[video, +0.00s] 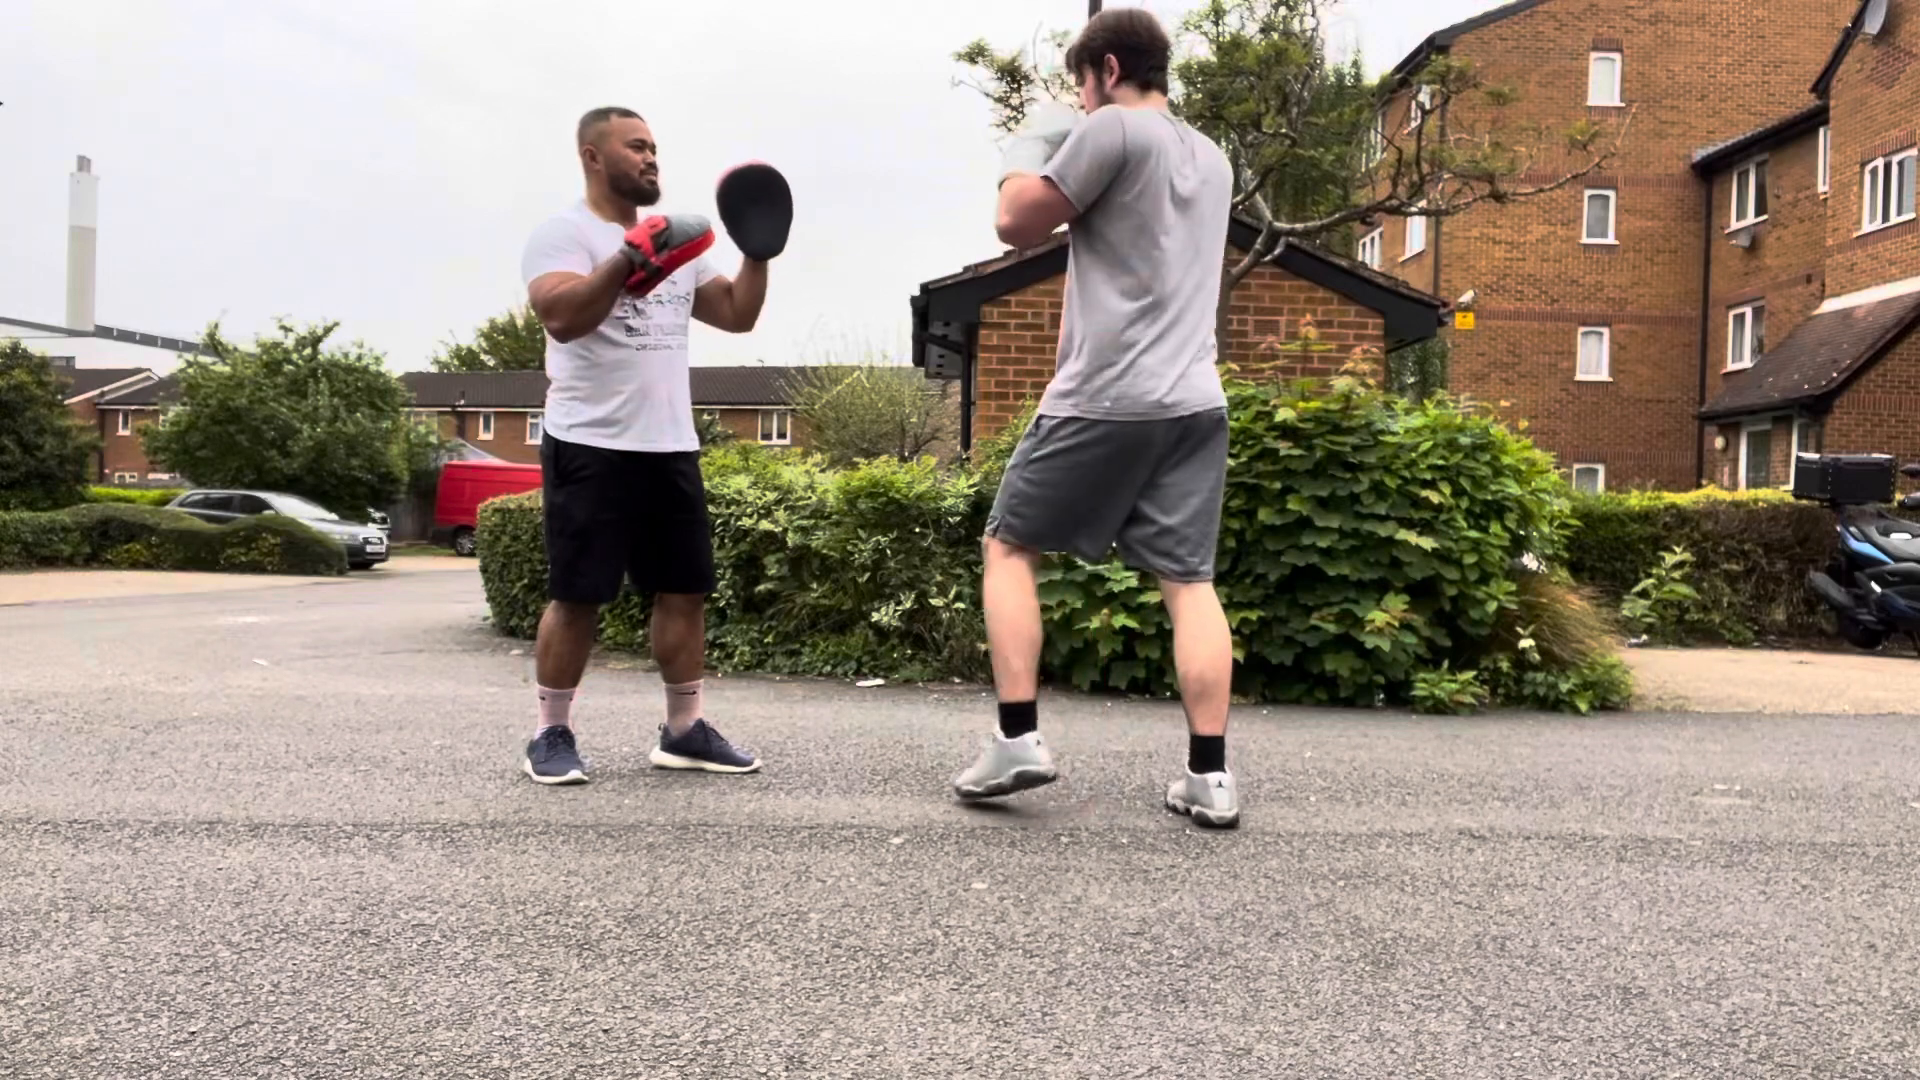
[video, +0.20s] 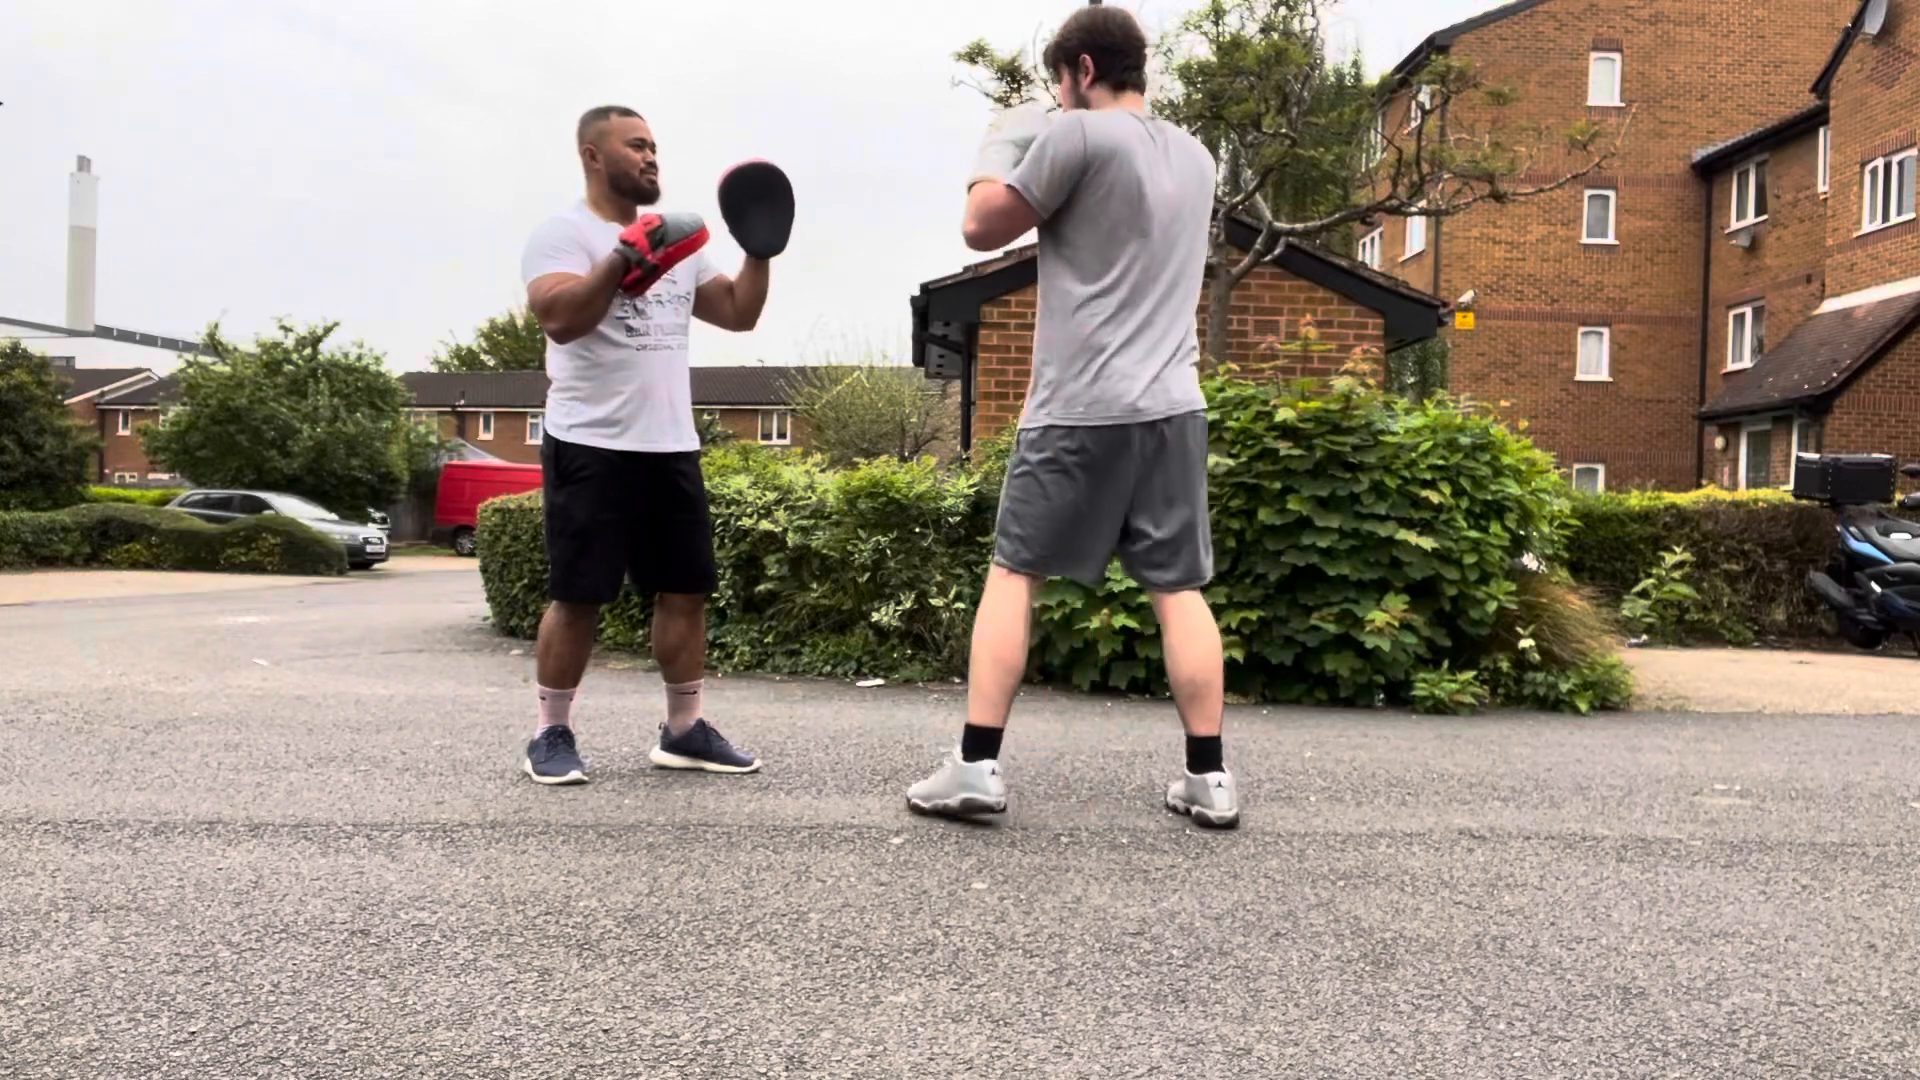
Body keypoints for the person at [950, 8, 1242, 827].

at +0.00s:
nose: (1079, 99)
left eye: (1080, 84)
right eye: (1076, 86)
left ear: (1108, 71)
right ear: (1159, 74)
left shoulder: (1114, 131)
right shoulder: (1215, 158)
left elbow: (1016, 224)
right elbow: (1180, 244)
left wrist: (1034, 162)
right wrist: (1087, 168)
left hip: (1102, 397)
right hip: (1197, 399)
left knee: (1009, 548)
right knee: (1191, 578)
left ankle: (1018, 740)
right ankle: (1210, 777)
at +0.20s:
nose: (1057, 96)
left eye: (1057, 83)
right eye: (1056, 84)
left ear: (1082, 71)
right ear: (1139, 72)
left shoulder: (1076, 135)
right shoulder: (1194, 152)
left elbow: (982, 228)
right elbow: (1154, 239)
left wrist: (999, 152)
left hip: (1076, 405)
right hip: (1176, 405)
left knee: (1013, 572)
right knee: (1179, 585)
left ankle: (976, 768)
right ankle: (1209, 779)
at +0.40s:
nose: (1009, 93)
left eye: (1008, 80)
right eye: (1008, 81)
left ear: (1031, 71)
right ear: (1091, 66)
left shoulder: (1017, 136)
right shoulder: (1157, 144)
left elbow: (906, 209)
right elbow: (1111, 237)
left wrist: (890, 163)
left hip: (1040, 401)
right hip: (1144, 398)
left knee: (989, 575)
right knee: (1159, 584)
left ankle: (978, 773)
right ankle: (1208, 773)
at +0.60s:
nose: (969, 88)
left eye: (969, 77)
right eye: (968, 78)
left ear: (989, 70)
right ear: (1054, 62)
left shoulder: (966, 134)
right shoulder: (1124, 131)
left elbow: (852, 168)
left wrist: (798, 165)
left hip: (1007, 392)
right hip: (1113, 389)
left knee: (975, 581)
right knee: (1144, 573)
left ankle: (975, 773)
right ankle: (1204, 760)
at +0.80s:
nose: (963, 86)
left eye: (962, 74)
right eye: (962, 74)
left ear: (982, 67)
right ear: (1044, 56)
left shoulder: (962, 137)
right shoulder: (1117, 128)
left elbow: (850, 204)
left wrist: (813, 224)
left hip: (1007, 396)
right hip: (1110, 392)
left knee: (969, 586)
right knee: (1140, 574)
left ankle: (975, 775)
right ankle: (1203, 762)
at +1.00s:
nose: (948, 79)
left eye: (948, 63)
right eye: (945, 65)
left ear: (973, 53)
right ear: (1029, 46)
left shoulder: (974, 128)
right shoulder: (1095, 124)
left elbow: (906, 260)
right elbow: (1035, 202)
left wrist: (873, 257)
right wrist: (941, 161)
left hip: (1016, 391)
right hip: (1111, 387)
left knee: (977, 583)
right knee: (1134, 574)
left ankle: (977, 778)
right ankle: (1201, 758)